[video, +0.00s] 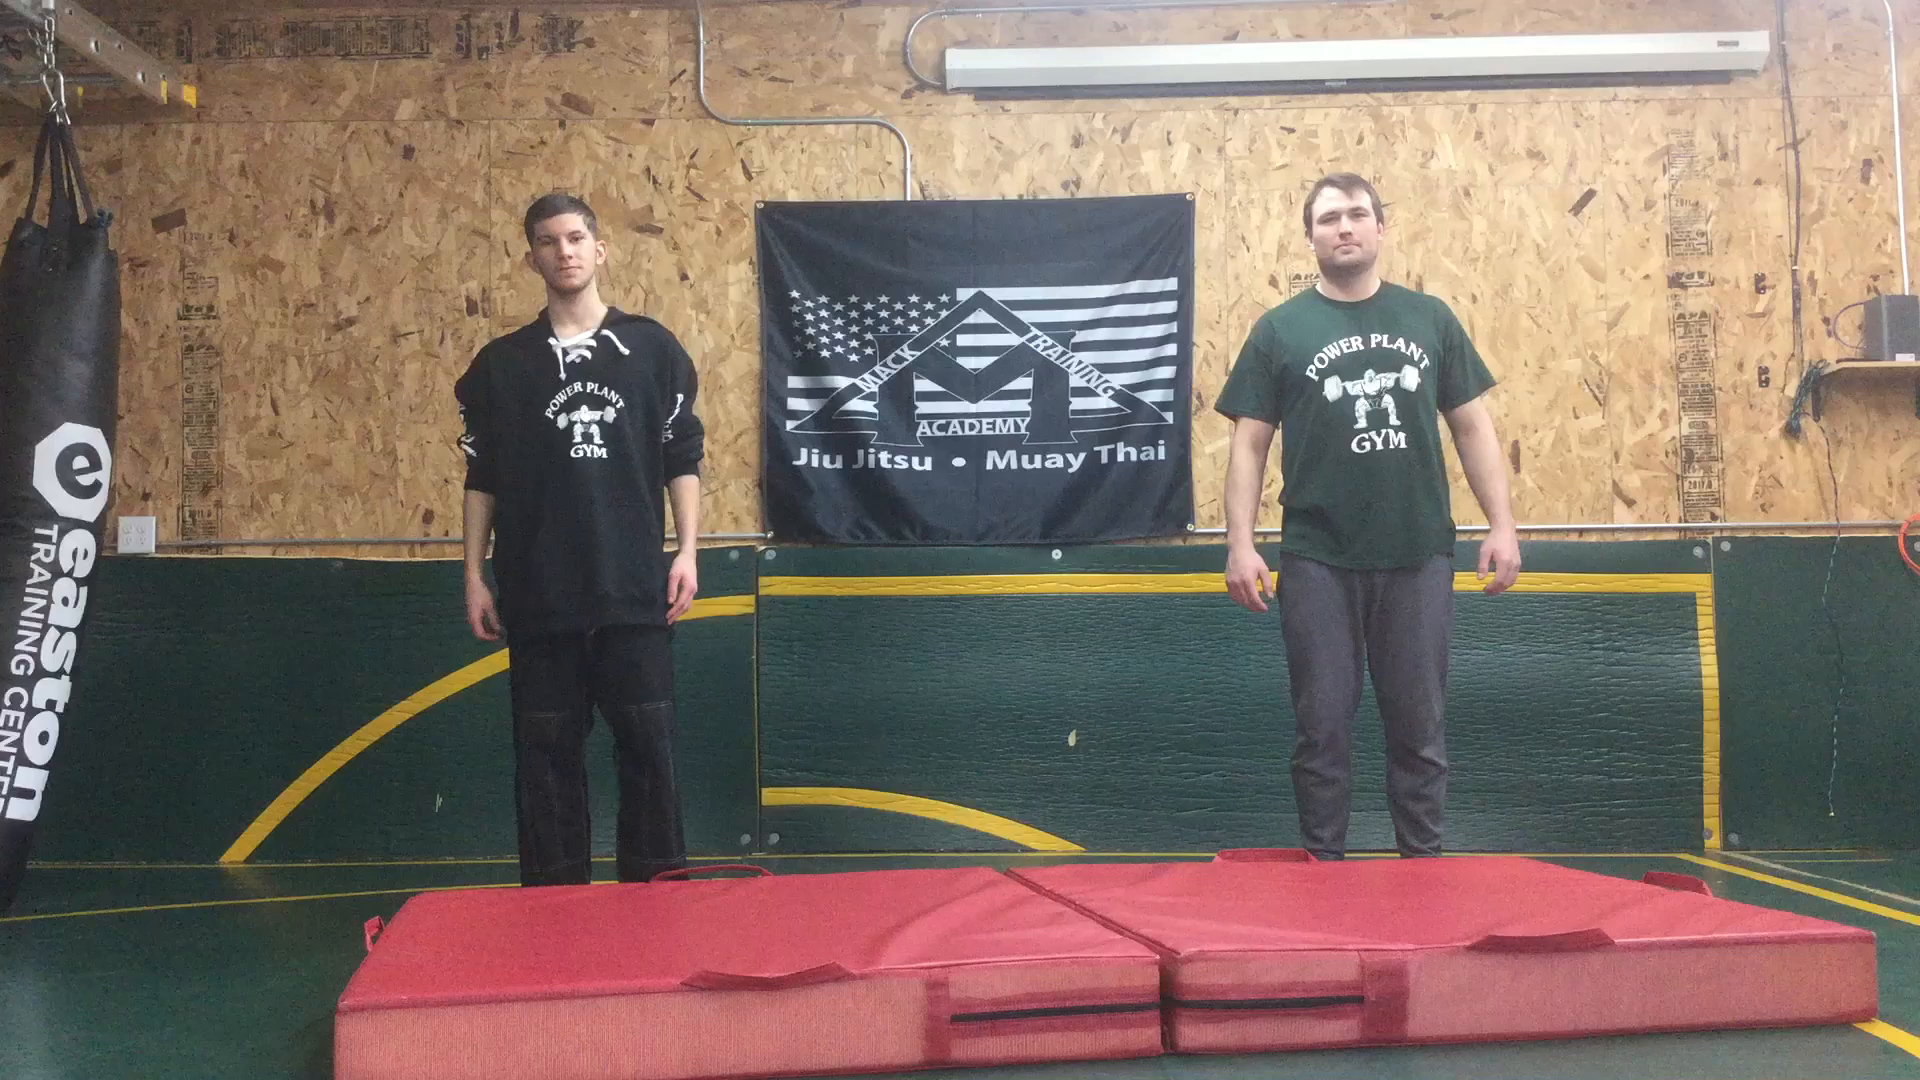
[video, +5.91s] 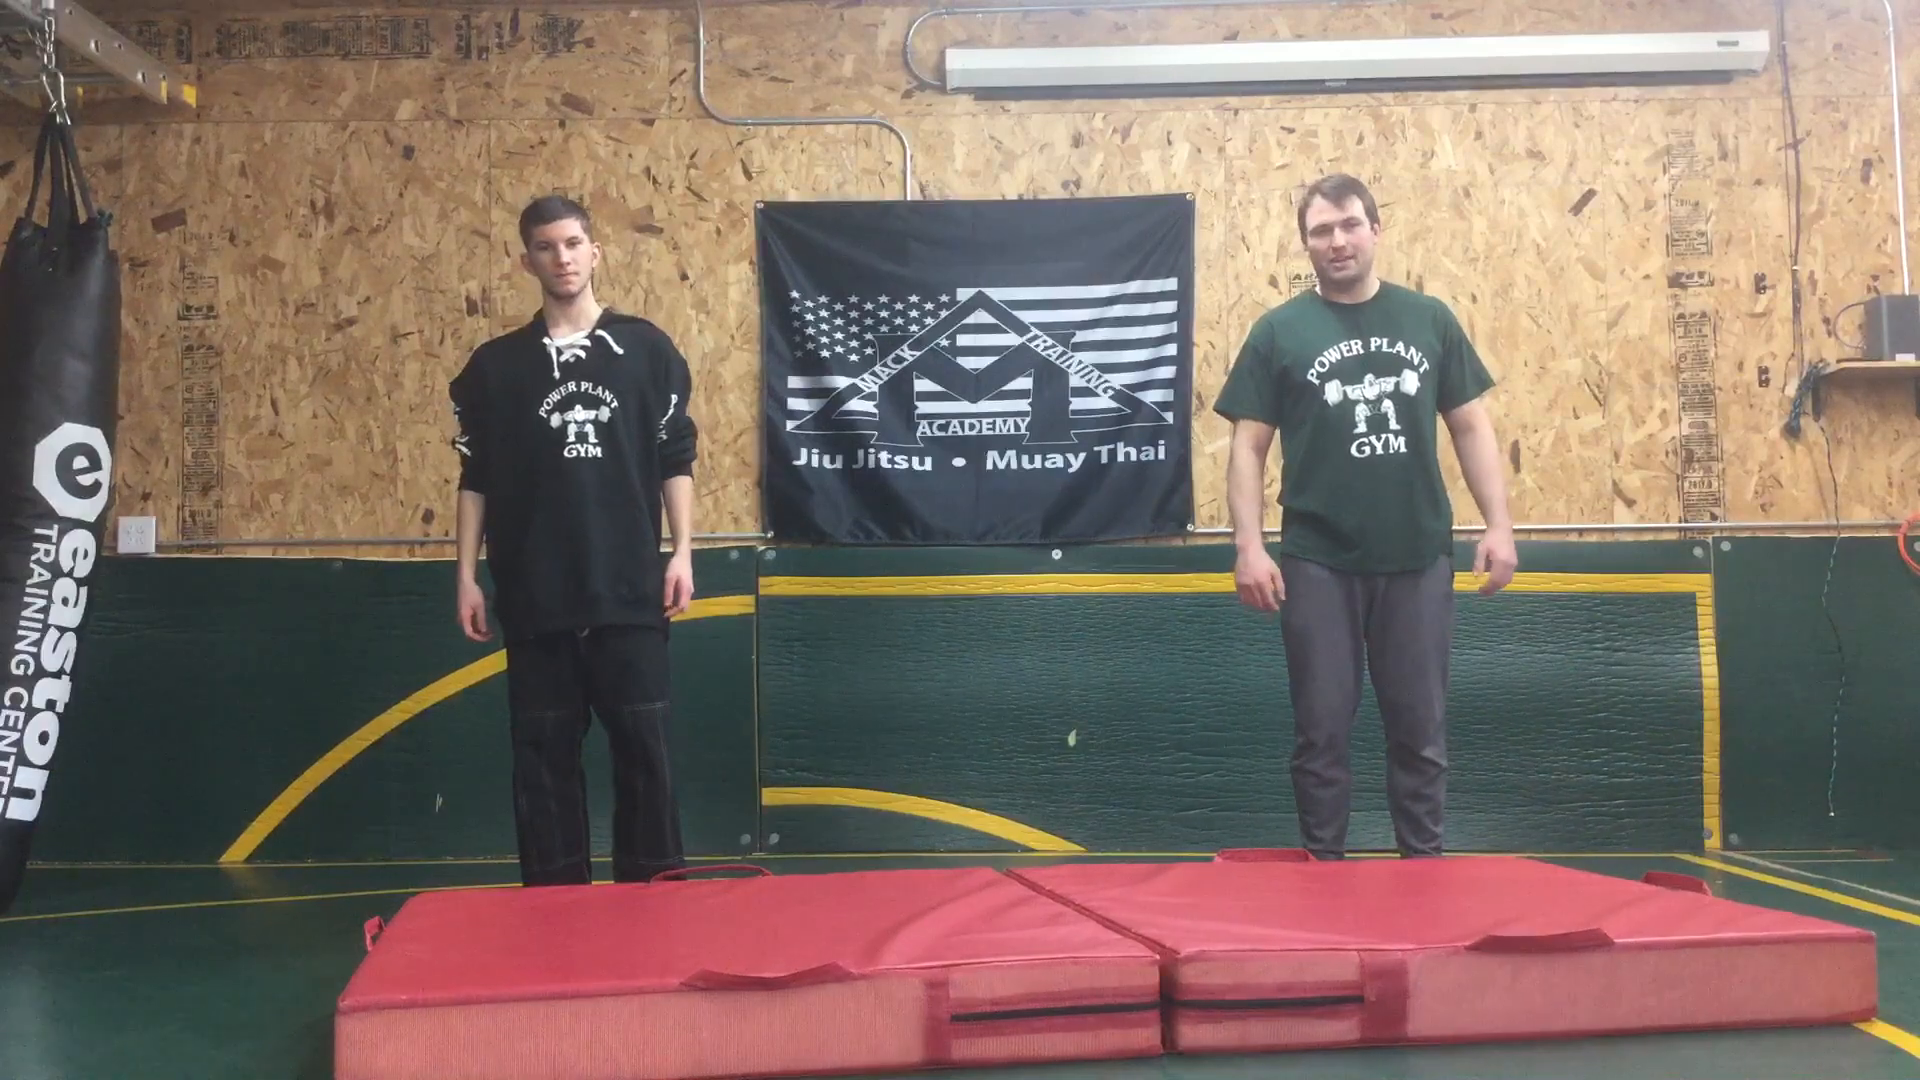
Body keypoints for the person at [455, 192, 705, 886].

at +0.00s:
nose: (564, 252)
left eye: (575, 238)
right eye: (549, 243)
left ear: (599, 249)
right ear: (533, 259)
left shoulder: (652, 347)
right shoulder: (498, 363)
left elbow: (683, 457)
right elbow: (481, 476)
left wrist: (688, 549)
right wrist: (475, 573)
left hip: (633, 583)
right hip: (537, 587)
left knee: (649, 753)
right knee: (547, 761)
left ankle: (655, 905)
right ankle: (554, 910)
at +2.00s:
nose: (563, 254)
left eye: (574, 240)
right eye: (547, 244)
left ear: (596, 249)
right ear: (530, 258)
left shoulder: (647, 347)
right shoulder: (494, 364)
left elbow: (679, 458)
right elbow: (474, 476)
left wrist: (683, 550)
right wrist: (467, 570)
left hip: (629, 583)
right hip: (533, 589)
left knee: (644, 754)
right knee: (544, 761)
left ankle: (653, 904)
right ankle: (554, 910)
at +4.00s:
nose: (557, 257)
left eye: (568, 242)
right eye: (542, 247)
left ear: (591, 250)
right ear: (525, 260)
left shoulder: (642, 347)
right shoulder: (489, 364)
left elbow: (674, 457)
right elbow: (471, 476)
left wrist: (678, 552)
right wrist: (460, 569)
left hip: (625, 582)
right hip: (530, 589)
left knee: (642, 750)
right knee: (542, 759)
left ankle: (652, 901)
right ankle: (553, 908)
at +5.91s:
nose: (562, 258)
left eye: (572, 243)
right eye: (546, 248)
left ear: (593, 250)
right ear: (528, 261)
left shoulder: (646, 348)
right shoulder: (492, 365)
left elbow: (675, 458)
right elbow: (474, 477)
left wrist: (682, 550)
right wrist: (466, 576)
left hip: (629, 585)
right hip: (532, 591)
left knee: (644, 754)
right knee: (544, 763)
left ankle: (653, 904)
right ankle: (554, 912)